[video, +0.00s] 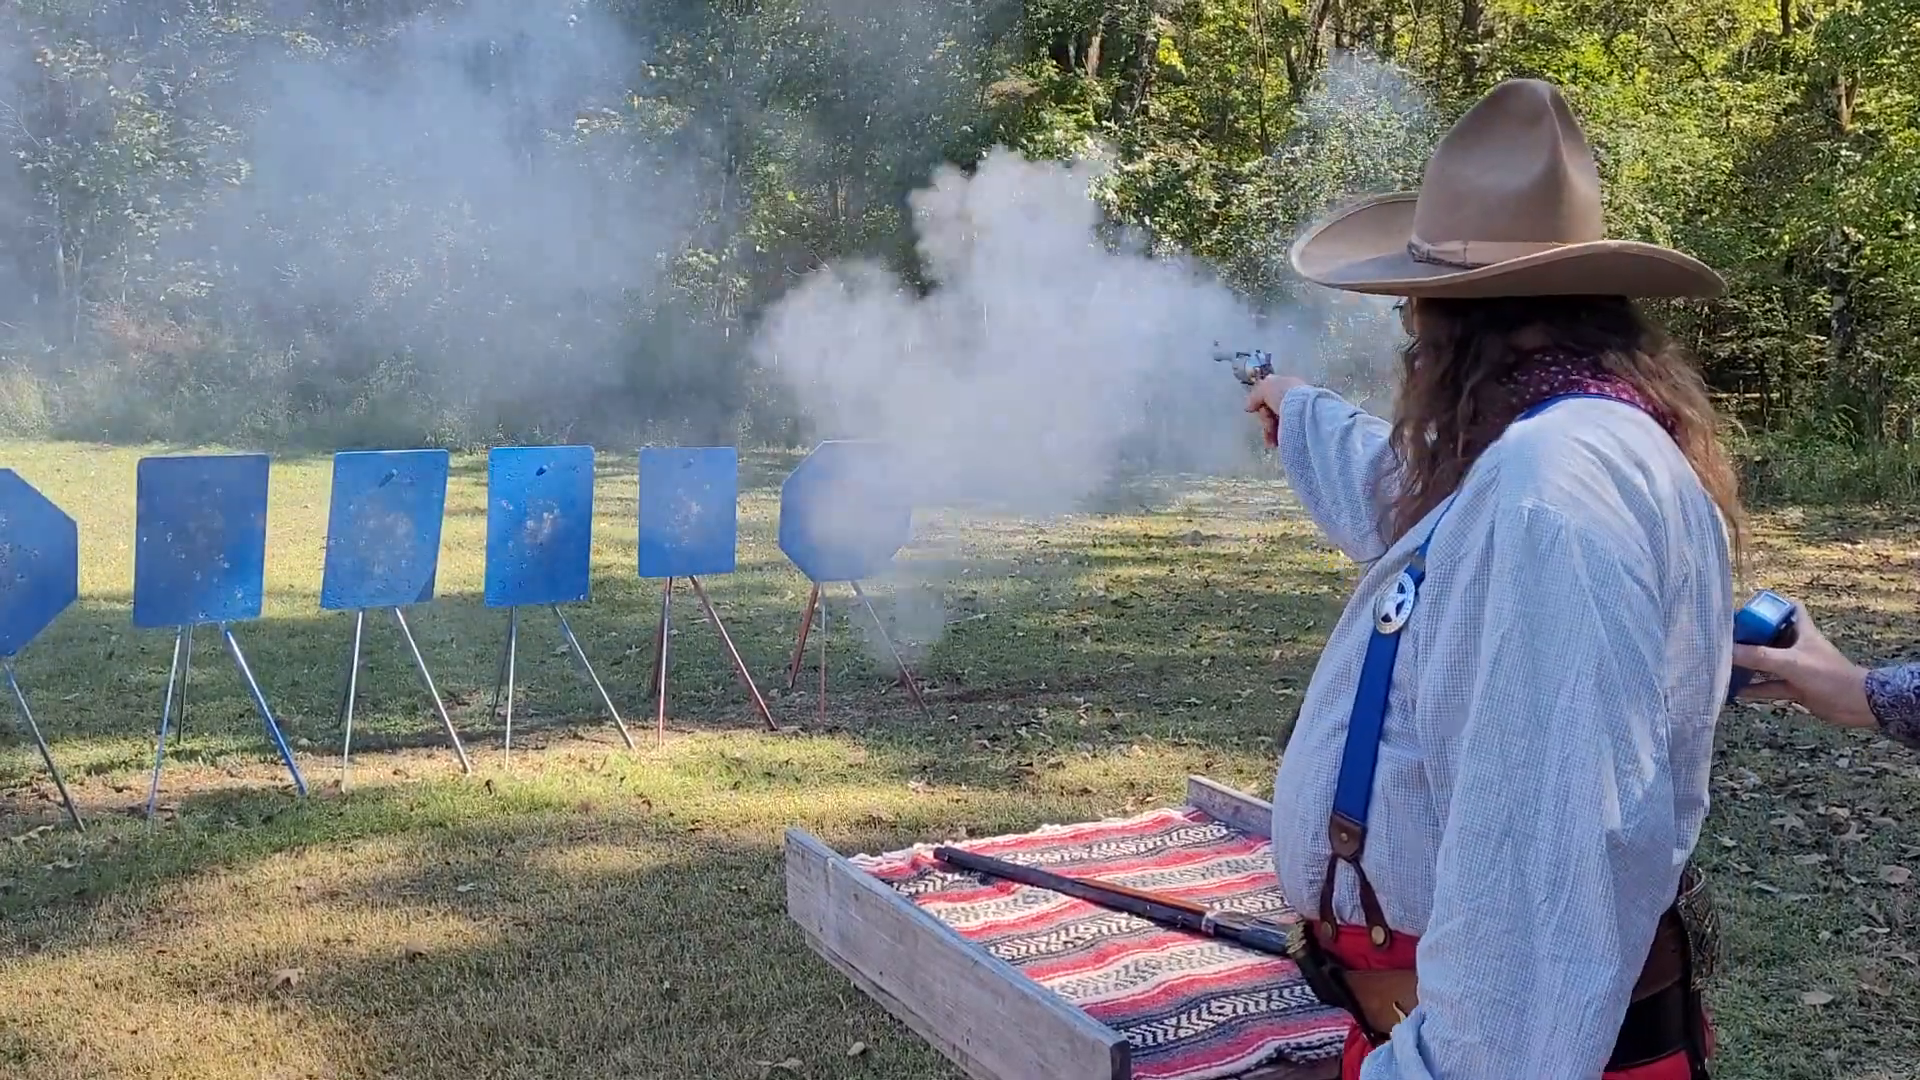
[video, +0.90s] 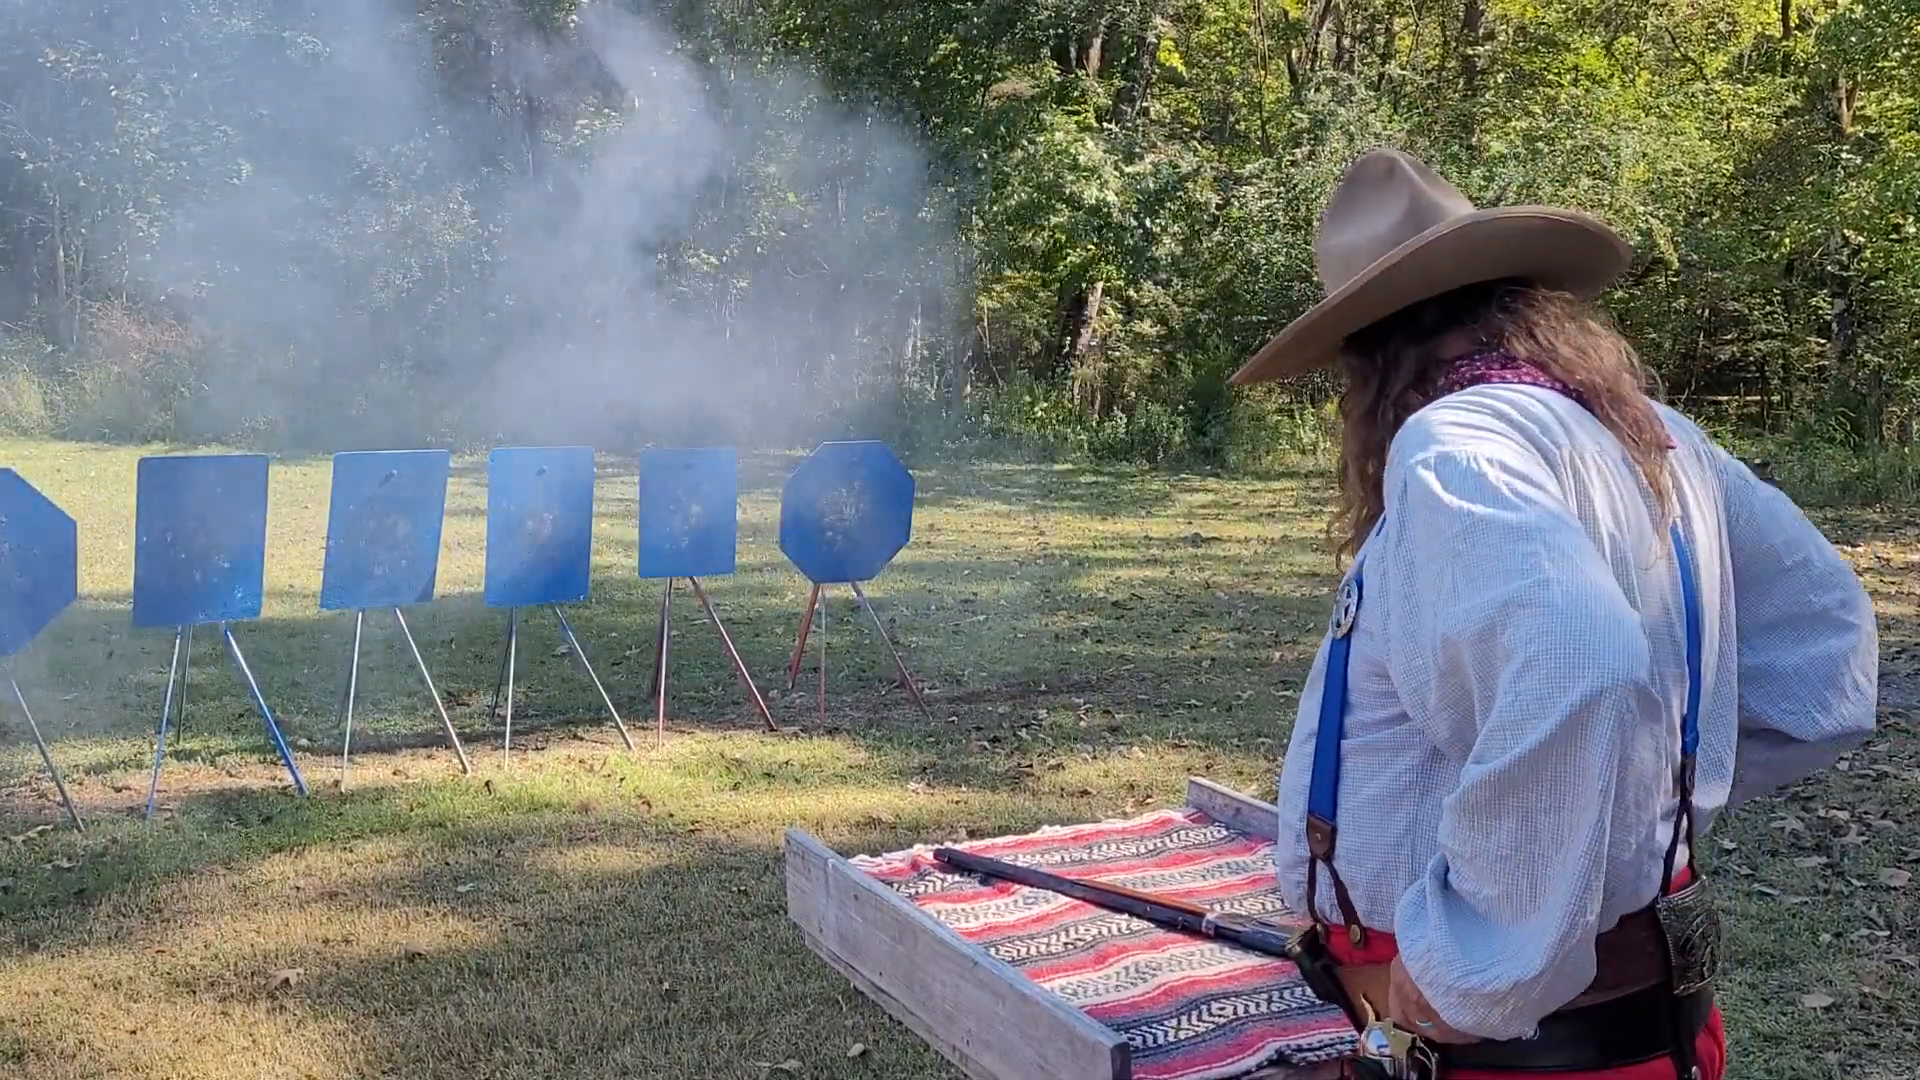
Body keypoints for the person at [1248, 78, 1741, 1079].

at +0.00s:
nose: (1404, 334)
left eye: (1413, 307)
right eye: (1404, 306)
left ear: (1457, 321)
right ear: (1569, 309)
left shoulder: (1550, 481)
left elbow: (1545, 866)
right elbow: (1401, 497)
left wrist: (1428, 1061)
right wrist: (1294, 410)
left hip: (1493, 1025)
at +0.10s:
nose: (1409, 335)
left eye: (1420, 309)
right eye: (1412, 306)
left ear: (1462, 323)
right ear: (1572, 310)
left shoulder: (1548, 478)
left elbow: (1596, 811)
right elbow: (1412, 507)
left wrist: (1437, 1047)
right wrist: (1306, 423)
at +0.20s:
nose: (1403, 334)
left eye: (1415, 308)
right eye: (1407, 306)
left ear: (1459, 320)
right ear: (1572, 307)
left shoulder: (1543, 465)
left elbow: (1672, 763)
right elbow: (1429, 519)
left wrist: (1467, 985)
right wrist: (1332, 457)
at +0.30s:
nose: (1388, 345)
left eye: (1395, 318)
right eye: (1389, 317)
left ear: (1435, 326)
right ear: (1564, 307)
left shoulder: (1523, 456)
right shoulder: (1597, 427)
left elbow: (1695, 719)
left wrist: (1489, 953)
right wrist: (1398, 513)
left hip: (1489, 1045)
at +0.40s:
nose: (1370, 364)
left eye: (1376, 334)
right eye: (1368, 333)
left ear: (1410, 336)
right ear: (1536, 309)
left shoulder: (1512, 461)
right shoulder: (1611, 437)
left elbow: (1694, 709)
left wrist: (1502, 941)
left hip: (1486, 1048)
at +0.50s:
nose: (1361, 378)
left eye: (1364, 351)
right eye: (1358, 352)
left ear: (1395, 355)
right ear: (1534, 307)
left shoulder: (1497, 459)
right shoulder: (1627, 420)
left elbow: (1674, 697)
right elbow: (1771, 554)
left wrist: (1510, 951)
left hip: (1488, 1046)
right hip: (1617, 1019)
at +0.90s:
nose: (1349, 393)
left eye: (1352, 365)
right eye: (1344, 367)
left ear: (1380, 357)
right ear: (1525, 305)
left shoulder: (1452, 445)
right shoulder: (1664, 433)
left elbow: (1580, 670)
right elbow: (1828, 678)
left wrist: (1460, 969)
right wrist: (1651, 775)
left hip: (1507, 1034)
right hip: (1664, 994)